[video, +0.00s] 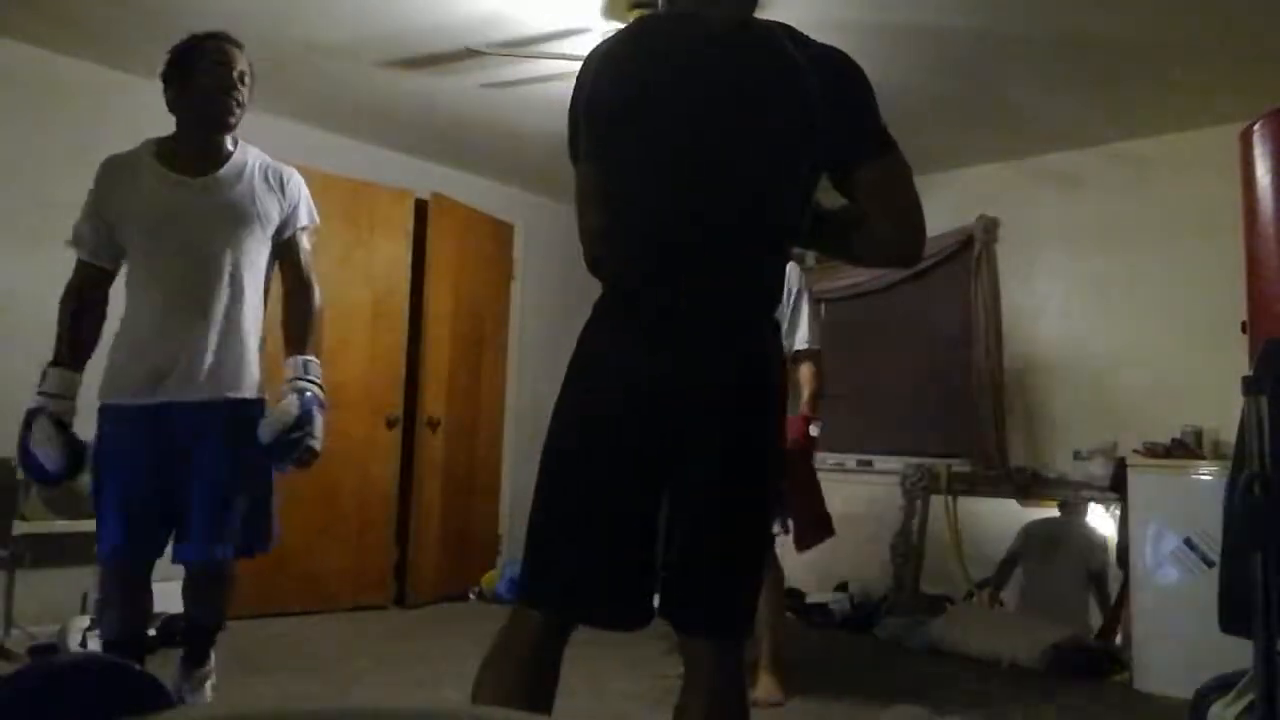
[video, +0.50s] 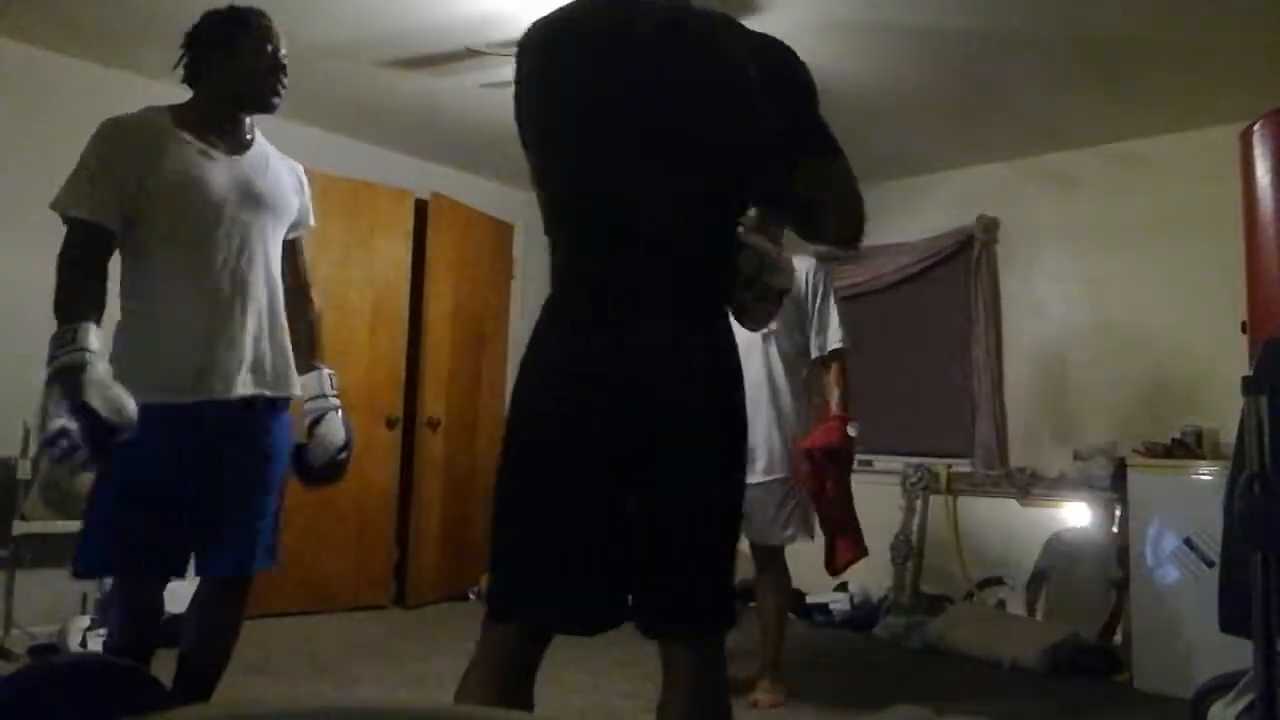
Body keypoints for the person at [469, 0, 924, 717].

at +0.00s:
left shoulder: (608, 64)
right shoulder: (818, 72)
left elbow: (602, 251)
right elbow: (899, 238)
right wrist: (790, 214)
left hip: (617, 355)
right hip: (736, 361)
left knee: (542, 609)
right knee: (715, 643)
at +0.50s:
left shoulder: (548, 41)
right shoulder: (757, 61)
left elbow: (566, 219)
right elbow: (842, 222)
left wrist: (722, 258)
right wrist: (750, 168)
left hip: (568, 359)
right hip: (692, 365)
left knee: (513, 627)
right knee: (691, 642)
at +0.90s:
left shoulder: (448, 34)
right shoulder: (655, 24)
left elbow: (494, 195)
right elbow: (759, 184)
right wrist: (654, 195)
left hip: (490, 349)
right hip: (618, 355)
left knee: (454, 646)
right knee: (653, 651)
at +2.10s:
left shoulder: (465, 49)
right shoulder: (676, 38)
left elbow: (497, 208)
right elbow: (774, 195)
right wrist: (688, 190)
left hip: (517, 360)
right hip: (640, 364)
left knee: (474, 639)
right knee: (664, 644)